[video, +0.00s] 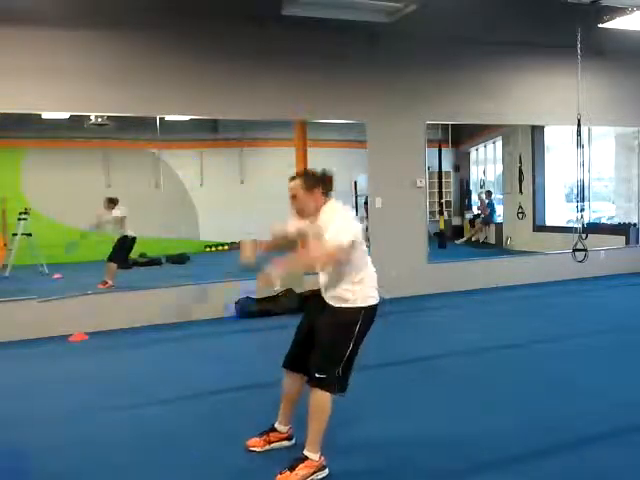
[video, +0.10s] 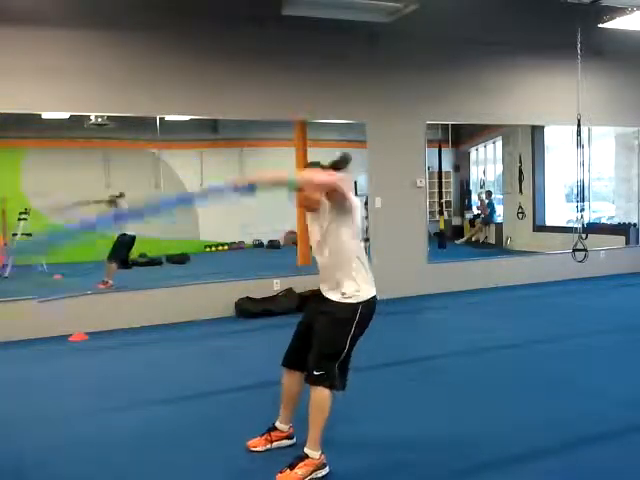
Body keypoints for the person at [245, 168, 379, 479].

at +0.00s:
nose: (292, 203)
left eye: (296, 197)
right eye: (291, 197)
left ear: (318, 194)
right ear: (308, 196)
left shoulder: (340, 218)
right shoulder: (308, 219)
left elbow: (332, 256)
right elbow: (285, 237)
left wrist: (286, 266)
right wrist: (261, 247)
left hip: (355, 301)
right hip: (328, 296)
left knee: (321, 378)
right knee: (295, 365)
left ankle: (313, 459)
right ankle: (282, 430)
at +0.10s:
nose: (305, 191)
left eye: (312, 185)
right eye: (304, 184)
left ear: (328, 181)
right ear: (308, 181)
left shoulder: (344, 201)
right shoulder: (313, 206)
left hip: (354, 299)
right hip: (327, 294)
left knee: (321, 374)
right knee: (294, 363)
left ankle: (314, 455)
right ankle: (283, 428)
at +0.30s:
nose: (253, 248)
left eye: (257, 241)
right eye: (253, 241)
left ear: (276, 241)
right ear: (274, 241)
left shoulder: (303, 260)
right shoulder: (279, 262)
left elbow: (311, 303)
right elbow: (262, 292)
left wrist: (270, 301)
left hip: (357, 315)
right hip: (326, 314)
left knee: (313, 379)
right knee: (287, 365)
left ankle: (306, 459)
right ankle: (279, 432)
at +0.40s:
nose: (253, 258)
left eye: (256, 252)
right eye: (252, 252)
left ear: (275, 252)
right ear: (273, 253)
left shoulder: (301, 277)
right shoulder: (280, 276)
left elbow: (315, 337)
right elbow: (279, 315)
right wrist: (268, 348)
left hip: (359, 316)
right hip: (329, 314)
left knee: (312, 383)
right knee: (288, 370)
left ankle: (305, 459)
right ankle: (280, 432)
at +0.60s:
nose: (297, 200)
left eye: (300, 194)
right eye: (295, 195)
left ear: (320, 190)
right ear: (308, 194)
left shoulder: (338, 207)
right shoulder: (309, 210)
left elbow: (313, 223)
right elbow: (281, 216)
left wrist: (270, 229)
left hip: (356, 302)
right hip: (330, 296)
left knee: (320, 379)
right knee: (296, 366)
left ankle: (309, 458)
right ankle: (282, 429)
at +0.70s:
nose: (292, 203)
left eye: (295, 195)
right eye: (289, 197)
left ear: (313, 190)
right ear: (297, 196)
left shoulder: (339, 209)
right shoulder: (311, 220)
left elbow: (333, 175)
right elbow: (303, 261)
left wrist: (279, 171)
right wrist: (300, 227)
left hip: (356, 299)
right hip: (329, 297)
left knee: (319, 376)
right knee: (293, 365)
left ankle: (314, 456)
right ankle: (288, 428)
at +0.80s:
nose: (271, 224)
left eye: (274, 217)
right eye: (269, 218)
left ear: (290, 213)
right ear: (280, 215)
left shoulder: (315, 229)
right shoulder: (296, 234)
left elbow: (335, 225)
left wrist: (307, 198)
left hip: (354, 306)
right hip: (328, 303)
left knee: (315, 380)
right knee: (290, 369)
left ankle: (306, 456)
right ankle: (285, 429)